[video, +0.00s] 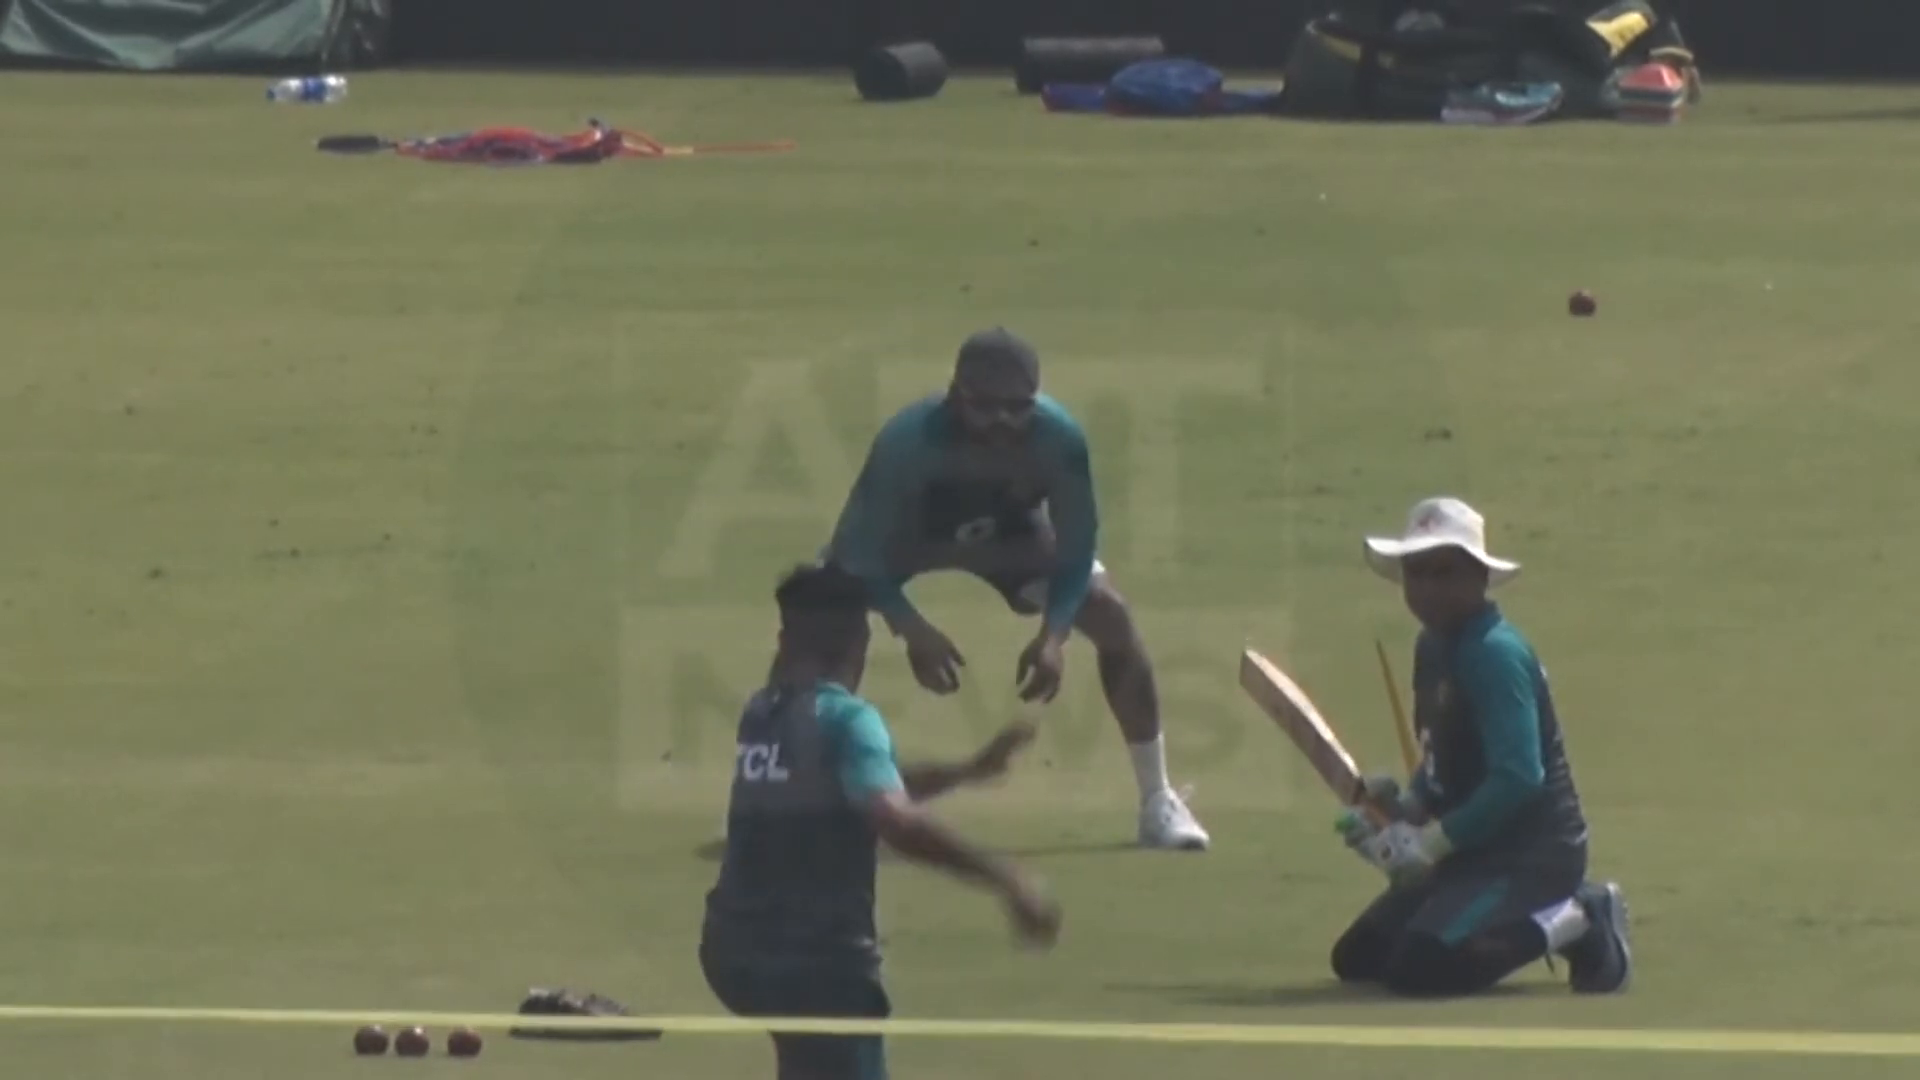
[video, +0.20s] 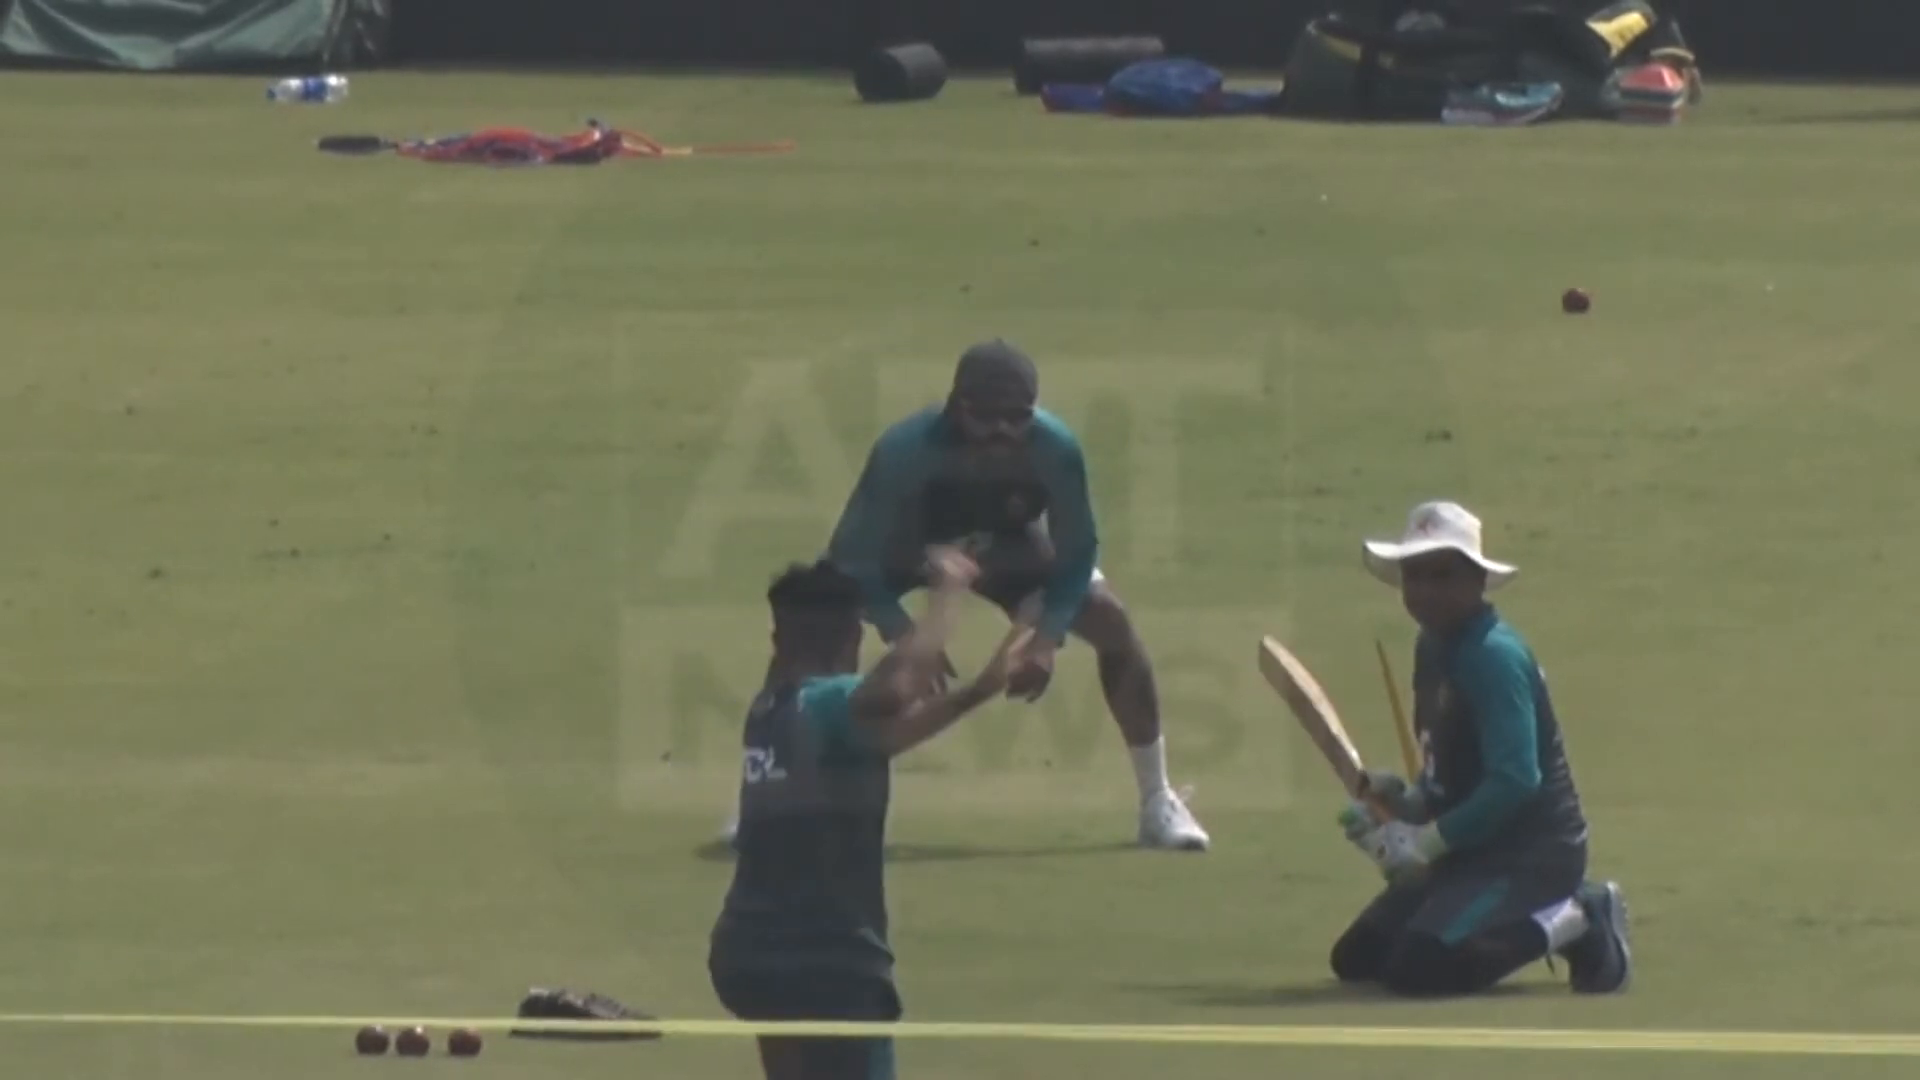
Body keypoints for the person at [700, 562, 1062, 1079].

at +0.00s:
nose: (863, 652)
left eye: (861, 638)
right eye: (861, 639)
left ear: (786, 641)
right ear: (853, 643)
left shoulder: (760, 712)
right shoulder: (850, 718)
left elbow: (850, 787)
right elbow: (894, 820)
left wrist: (967, 772)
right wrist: (1006, 879)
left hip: (735, 954)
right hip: (822, 961)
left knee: (801, 1039)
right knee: (853, 1062)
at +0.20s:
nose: (858, 643)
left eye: (856, 630)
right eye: (855, 631)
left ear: (780, 639)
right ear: (849, 636)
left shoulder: (767, 711)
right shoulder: (830, 704)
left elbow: (889, 732)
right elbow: (895, 691)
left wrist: (987, 684)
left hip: (752, 951)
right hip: (828, 960)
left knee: (789, 1055)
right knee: (860, 1063)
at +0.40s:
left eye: (737, 649)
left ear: (741, 662)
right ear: (819, 653)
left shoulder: (710, 761)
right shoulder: (867, 705)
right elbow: (968, 617)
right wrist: (935, 523)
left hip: (760, 958)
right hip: (864, 952)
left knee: (786, 1060)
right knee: (866, 1065)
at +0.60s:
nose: (724, 692)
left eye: (726, 683)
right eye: (726, 680)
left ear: (734, 695)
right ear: (809, 685)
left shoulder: (723, 761)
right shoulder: (866, 742)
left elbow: (705, 889)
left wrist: (766, 912)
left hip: (775, 965)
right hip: (881, 964)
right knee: (874, 1068)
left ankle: (772, 1075)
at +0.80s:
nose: (745, 698)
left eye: (748, 688)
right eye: (746, 686)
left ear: (761, 698)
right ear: (831, 696)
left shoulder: (743, 747)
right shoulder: (882, 749)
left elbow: (717, 835)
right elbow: (902, 853)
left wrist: (707, 907)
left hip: (771, 964)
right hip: (878, 965)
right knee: (868, 1067)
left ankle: (769, 1074)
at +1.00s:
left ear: (764, 685)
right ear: (845, 684)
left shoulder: (746, 744)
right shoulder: (908, 751)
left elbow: (714, 843)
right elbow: (950, 873)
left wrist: (737, 899)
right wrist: (887, 913)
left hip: (766, 961)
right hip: (875, 964)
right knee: (864, 1067)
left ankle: (775, 1074)